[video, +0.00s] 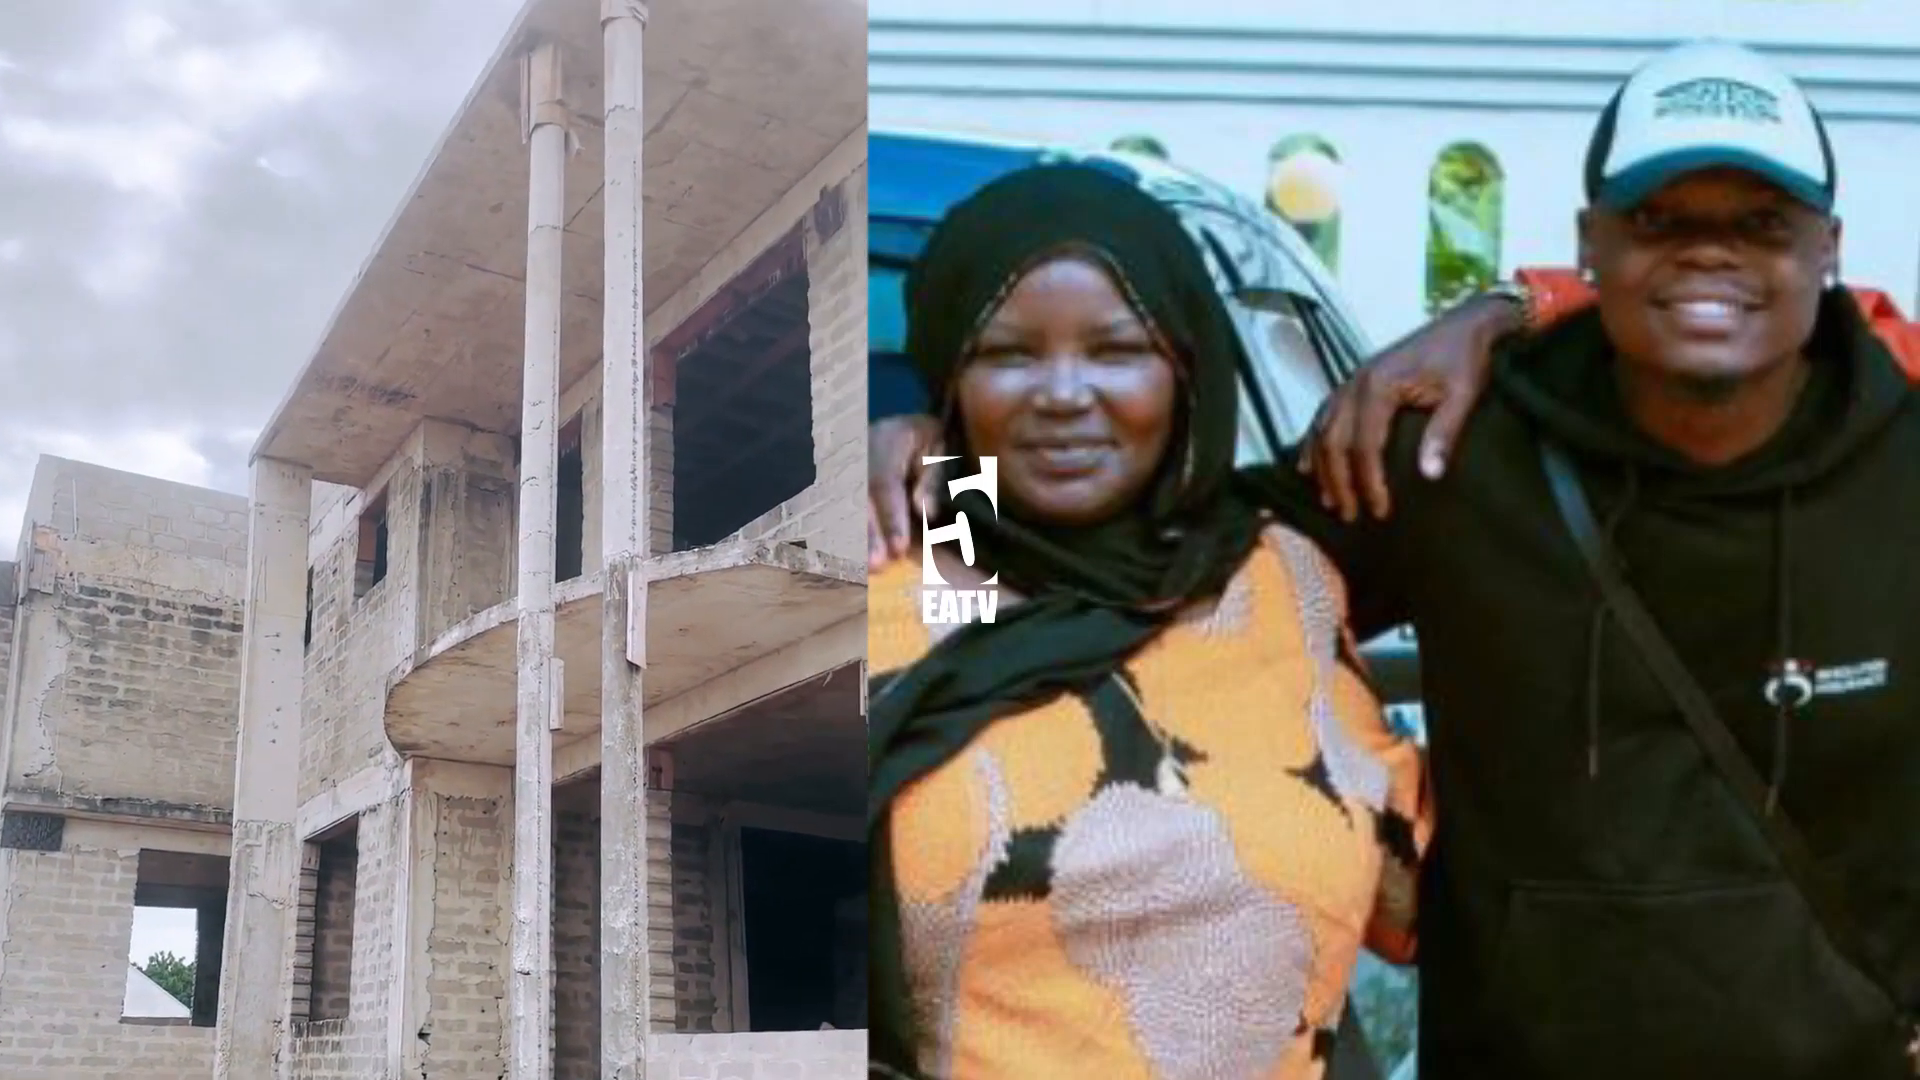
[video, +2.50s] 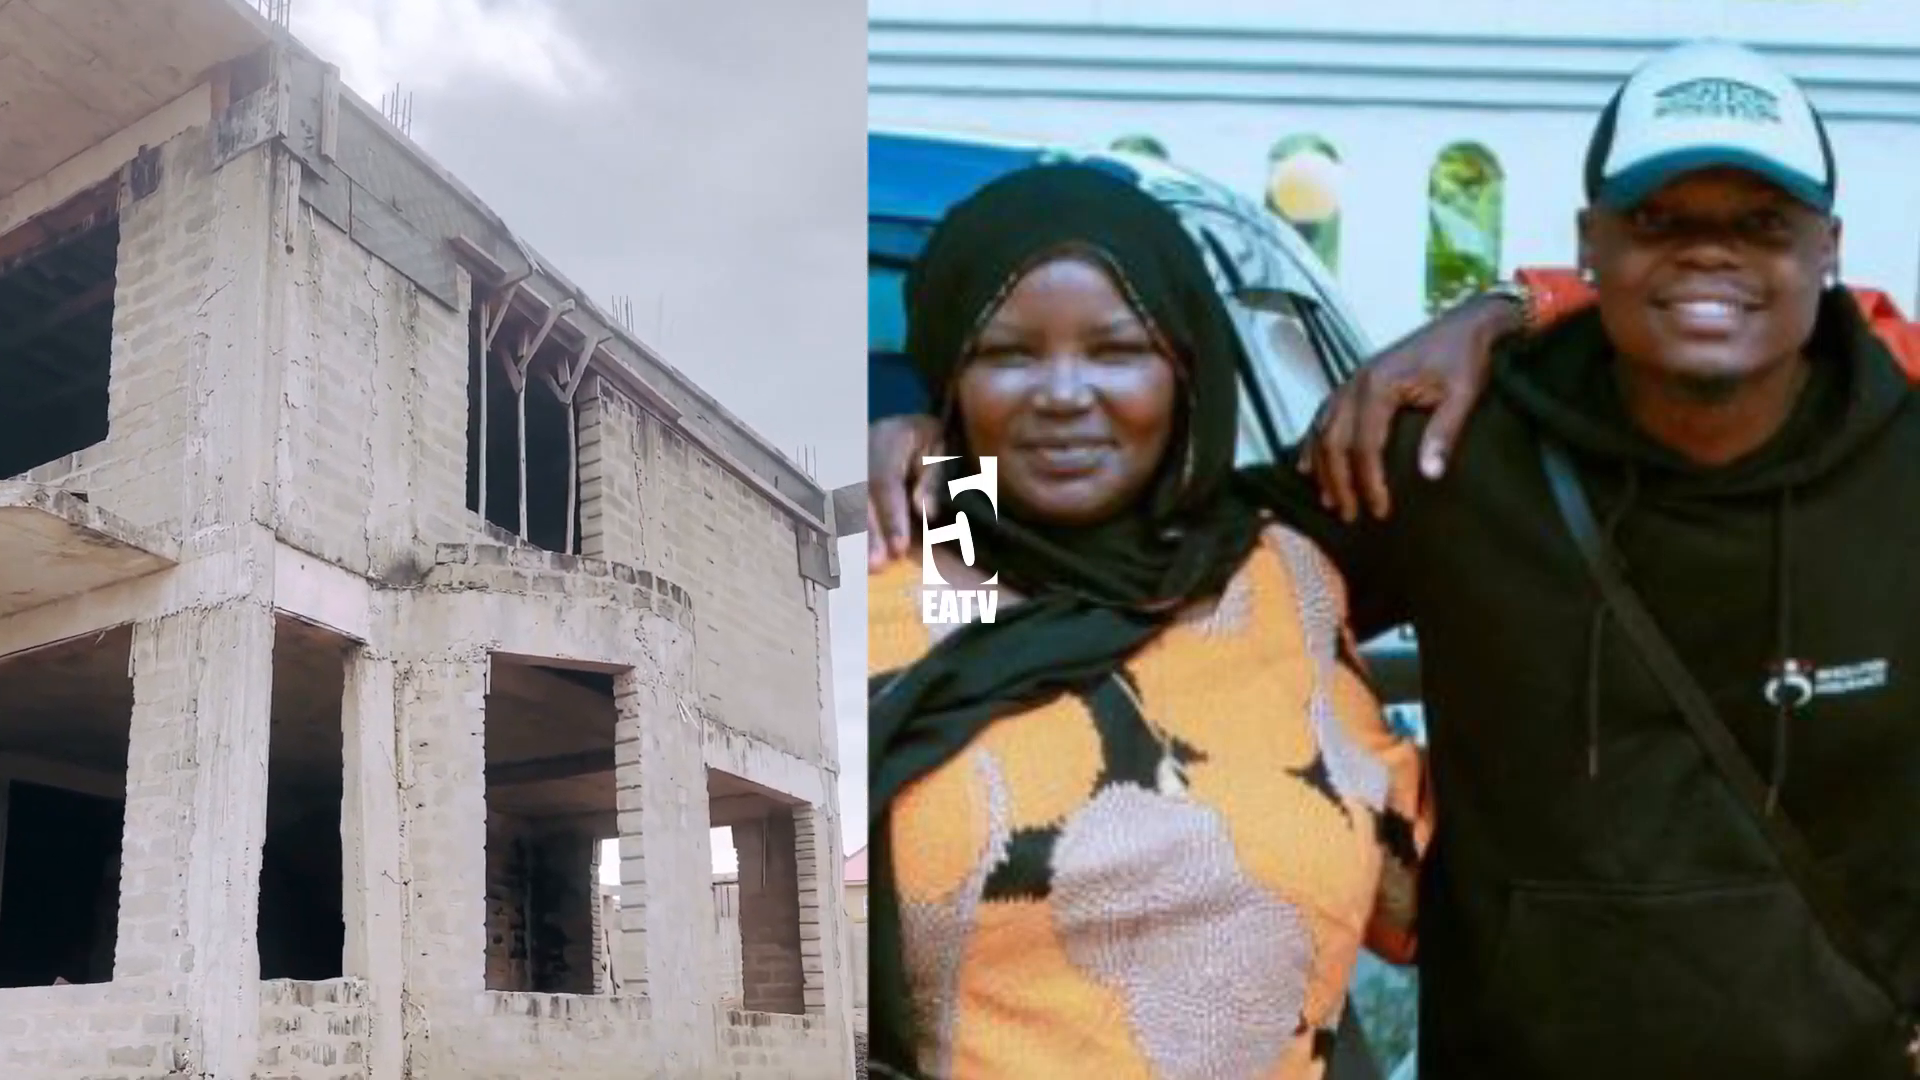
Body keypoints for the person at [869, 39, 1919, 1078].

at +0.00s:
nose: (1707, 252)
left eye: (1757, 219)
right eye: (1664, 215)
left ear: (1825, 250)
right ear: (1595, 242)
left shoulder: (1899, 445)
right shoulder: (1463, 447)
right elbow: (1178, 557)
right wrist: (964, 466)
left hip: (1848, 1038)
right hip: (1535, 1044)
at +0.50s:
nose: (1707, 252)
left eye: (1757, 220)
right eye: (1664, 216)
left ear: (1825, 250)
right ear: (1595, 242)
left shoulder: (1898, 445)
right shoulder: (1464, 447)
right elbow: (1175, 557)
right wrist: (954, 461)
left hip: (1849, 1038)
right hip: (1535, 1045)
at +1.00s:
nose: (1707, 251)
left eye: (1757, 219)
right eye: (1664, 215)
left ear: (1825, 249)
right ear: (1595, 242)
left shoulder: (1899, 445)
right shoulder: (1464, 447)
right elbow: (1174, 556)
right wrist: (953, 458)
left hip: (1848, 1039)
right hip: (1535, 1046)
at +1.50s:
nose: (1707, 251)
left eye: (1757, 218)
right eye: (1664, 214)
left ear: (1826, 249)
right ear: (1595, 241)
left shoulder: (1899, 445)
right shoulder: (1462, 448)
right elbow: (1174, 559)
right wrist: (958, 463)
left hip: (1849, 1039)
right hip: (1534, 1046)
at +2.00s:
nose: (1707, 252)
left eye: (1757, 219)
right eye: (1664, 215)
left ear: (1826, 249)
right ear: (1595, 242)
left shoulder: (1899, 445)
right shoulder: (1464, 447)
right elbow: (1177, 557)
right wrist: (960, 464)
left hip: (1850, 1038)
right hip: (1536, 1046)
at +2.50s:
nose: (1707, 252)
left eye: (1757, 220)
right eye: (1664, 215)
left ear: (1825, 250)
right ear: (1595, 242)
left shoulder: (1899, 445)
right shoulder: (1464, 447)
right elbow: (1174, 558)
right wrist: (954, 463)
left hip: (1849, 1037)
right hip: (1535, 1044)